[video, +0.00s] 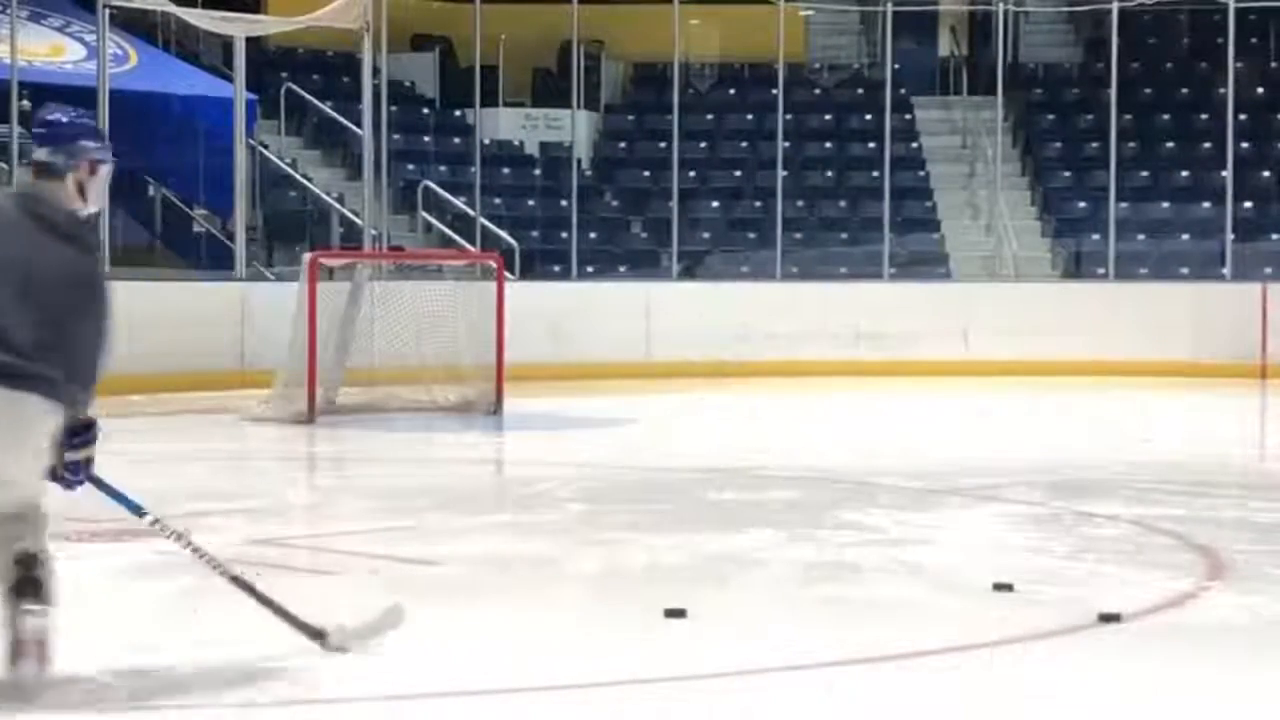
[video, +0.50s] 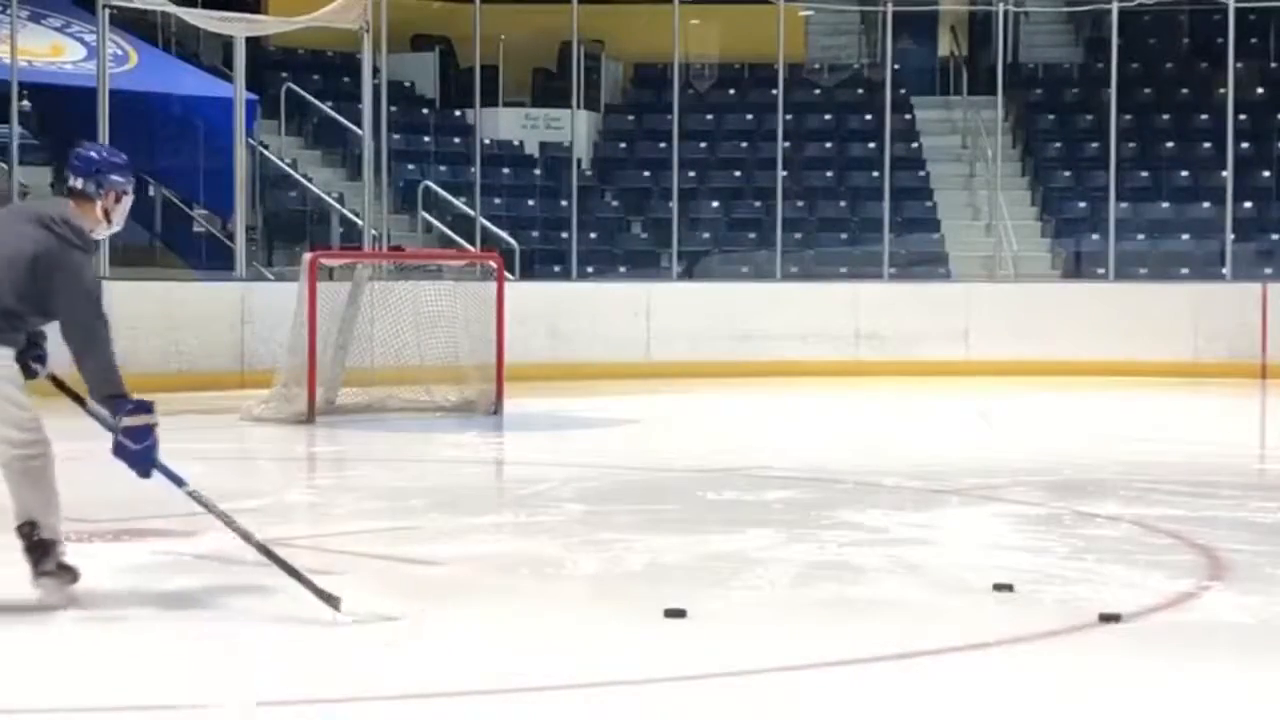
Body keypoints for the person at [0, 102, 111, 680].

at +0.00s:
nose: (104, 184)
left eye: (104, 171)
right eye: (101, 172)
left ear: (39, 166)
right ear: (82, 175)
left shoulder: (7, 213)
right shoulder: (79, 247)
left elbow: (82, 341)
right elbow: (85, 343)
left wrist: (76, 419)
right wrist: (78, 422)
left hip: (10, 389)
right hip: (34, 396)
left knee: (15, 506)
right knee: (20, 505)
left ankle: (24, 594)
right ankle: (27, 589)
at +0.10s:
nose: (87, 184)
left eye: (87, 170)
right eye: (82, 170)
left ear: (29, 165)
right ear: (62, 172)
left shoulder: (19, 226)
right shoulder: (46, 245)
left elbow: (38, 341)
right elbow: (52, 347)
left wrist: (53, 408)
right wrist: (66, 419)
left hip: (10, 387)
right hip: (4, 391)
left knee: (11, 492)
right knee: (10, 490)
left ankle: (8, 618)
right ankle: (5, 620)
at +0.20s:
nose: (82, 194)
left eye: (85, 180)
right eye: (81, 180)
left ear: (25, 166)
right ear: (63, 177)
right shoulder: (34, 249)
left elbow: (44, 355)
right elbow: (46, 358)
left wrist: (74, 419)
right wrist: (78, 421)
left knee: (8, 474)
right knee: (6, 473)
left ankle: (5, 588)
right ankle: (3, 591)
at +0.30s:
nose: (92, 200)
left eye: (95, 188)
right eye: (91, 188)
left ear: (41, 174)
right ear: (74, 187)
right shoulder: (38, 254)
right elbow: (58, 358)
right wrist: (98, 424)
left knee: (12, 454)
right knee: (10, 455)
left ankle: (9, 563)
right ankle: (8, 565)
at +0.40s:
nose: (109, 205)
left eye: (111, 194)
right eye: (108, 193)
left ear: (57, 179)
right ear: (89, 191)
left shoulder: (12, 206)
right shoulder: (54, 249)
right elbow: (73, 347)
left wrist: (12, 342)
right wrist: (110, 415)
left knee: (16, 442)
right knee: (16, 444)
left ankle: (20, 556)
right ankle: (21, 558)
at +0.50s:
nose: (124, 213)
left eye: (126, 201)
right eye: (124, 201)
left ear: (76, 188)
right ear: (108, 199)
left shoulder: (23, 215)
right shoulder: (68, 256)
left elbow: (7, 281)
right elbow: (91, 345)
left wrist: (27, 335)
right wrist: (123, 414)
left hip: (6, 348)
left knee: (22, 437)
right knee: (24, 439)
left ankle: (42, 551)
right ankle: (44, 554)